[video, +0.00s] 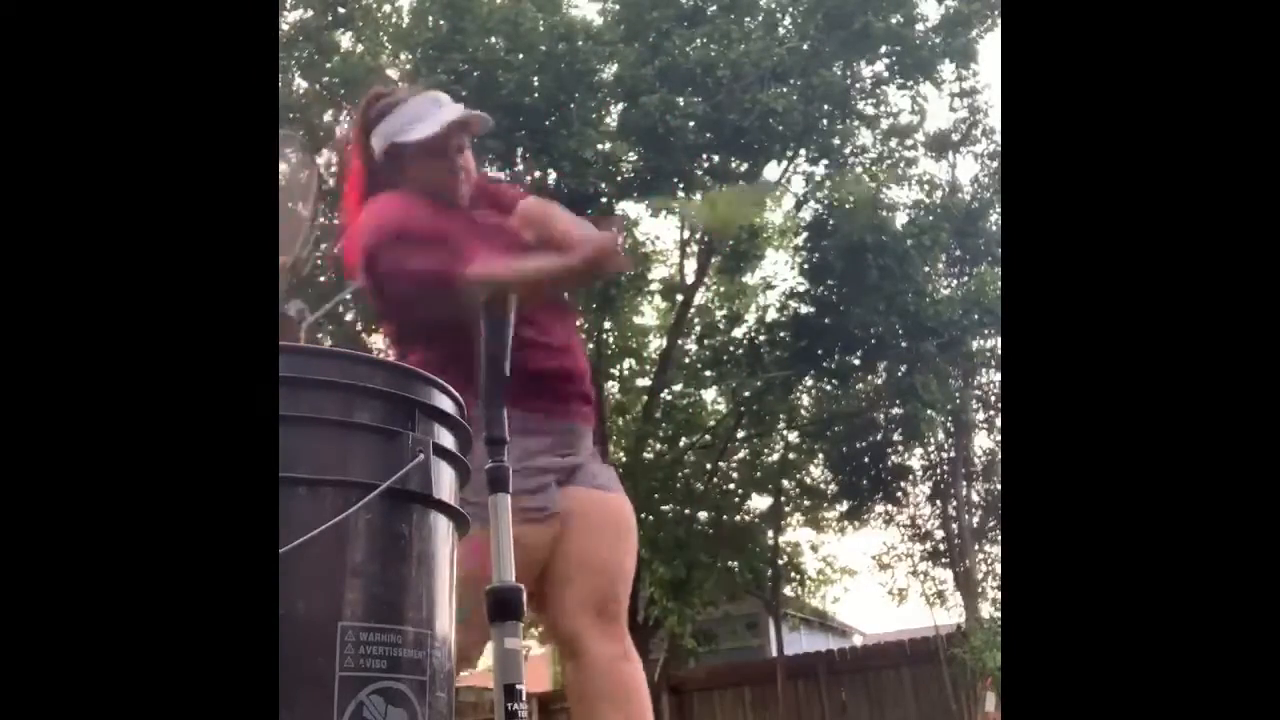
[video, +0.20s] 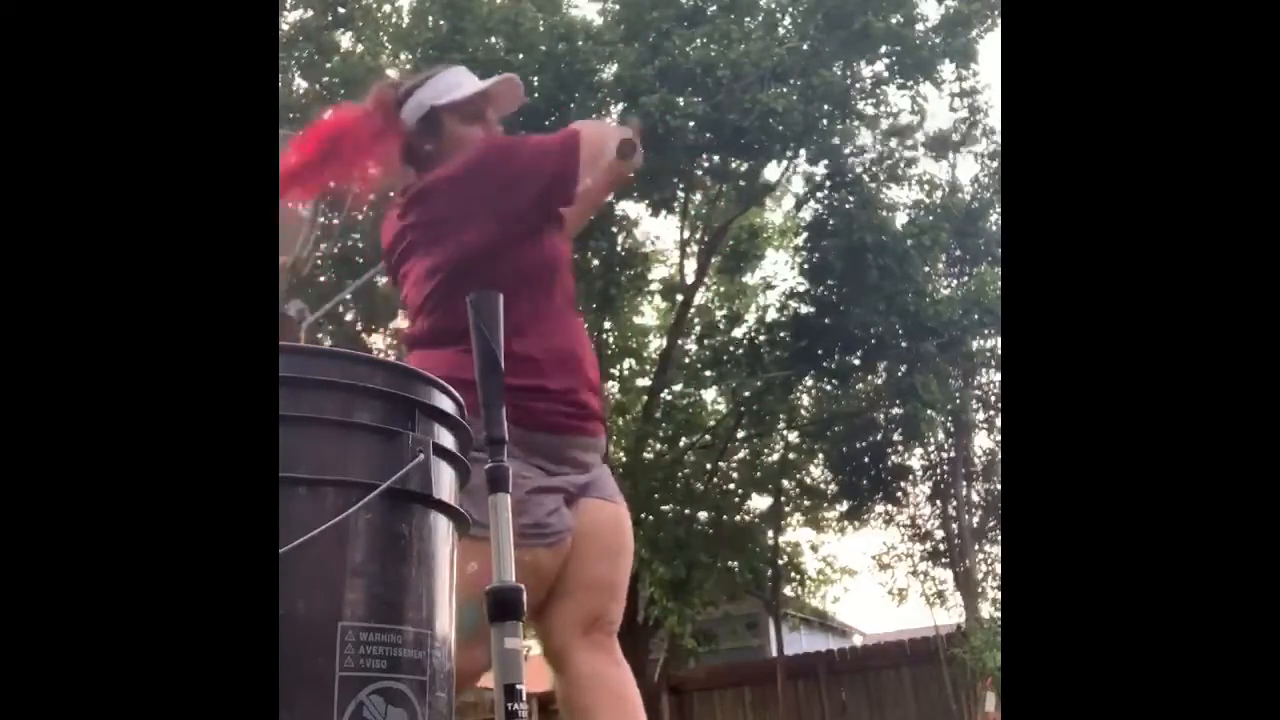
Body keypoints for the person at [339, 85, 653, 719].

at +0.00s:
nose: (459, 158)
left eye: (463, 141)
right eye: (436, 149)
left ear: (473, 142)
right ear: (393, 165)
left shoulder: (496, 200)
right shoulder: (390, 221)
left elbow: (581, 238)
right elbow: (463, 279)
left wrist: (573, 239)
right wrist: (577, 263)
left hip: (575, 445)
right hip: (483, 450)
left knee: (601, 632)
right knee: (447, 648)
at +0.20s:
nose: (496, 125)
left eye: (492, 115)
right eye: (479, 116)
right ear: (436, 129)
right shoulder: (453, 186)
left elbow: (559, 216)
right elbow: (599, 136)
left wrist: (610, 169)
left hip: (581, 457)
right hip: (495, 454)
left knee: (593, 637)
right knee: (461, 659)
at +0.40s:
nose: (528, 114)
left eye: (523, 103)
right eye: (509, 105)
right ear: (469, 121)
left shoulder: (447, 199)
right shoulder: (515, 160)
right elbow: (623, 162)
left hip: (586, 457)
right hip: (501, 455)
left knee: (593, 641)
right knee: (459, 658)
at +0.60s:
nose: (539, 122)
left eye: (537, 111)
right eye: (520, 111)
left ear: (466, 127)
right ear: (477, 122)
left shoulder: (456, 192)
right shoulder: (519, 166)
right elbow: (633, 184)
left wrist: (430, 121)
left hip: (582, 456)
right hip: (494, 452)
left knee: (594, 641)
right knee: (447, 663)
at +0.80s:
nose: (532, 128)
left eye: (534, 116)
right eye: (513, 114)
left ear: (535, 121)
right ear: (467, 123)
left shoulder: (521, 186)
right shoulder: (470, 178)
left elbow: (577, 201)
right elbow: (607, 213)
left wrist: (624, 134)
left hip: (577, 455)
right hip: (491, 454)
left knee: (592, 639)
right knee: (444, 656)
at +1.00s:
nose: (550, 119)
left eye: (552, 106)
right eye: (530, 104)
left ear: (552, 112)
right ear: (481, 115)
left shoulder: (550, 199)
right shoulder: (470, 174)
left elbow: (639, 259)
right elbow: (617, 242)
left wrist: (697, 182)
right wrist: (699, 177)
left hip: (581, 450)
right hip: (478, 452)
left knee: (605, 634)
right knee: (439, 653)